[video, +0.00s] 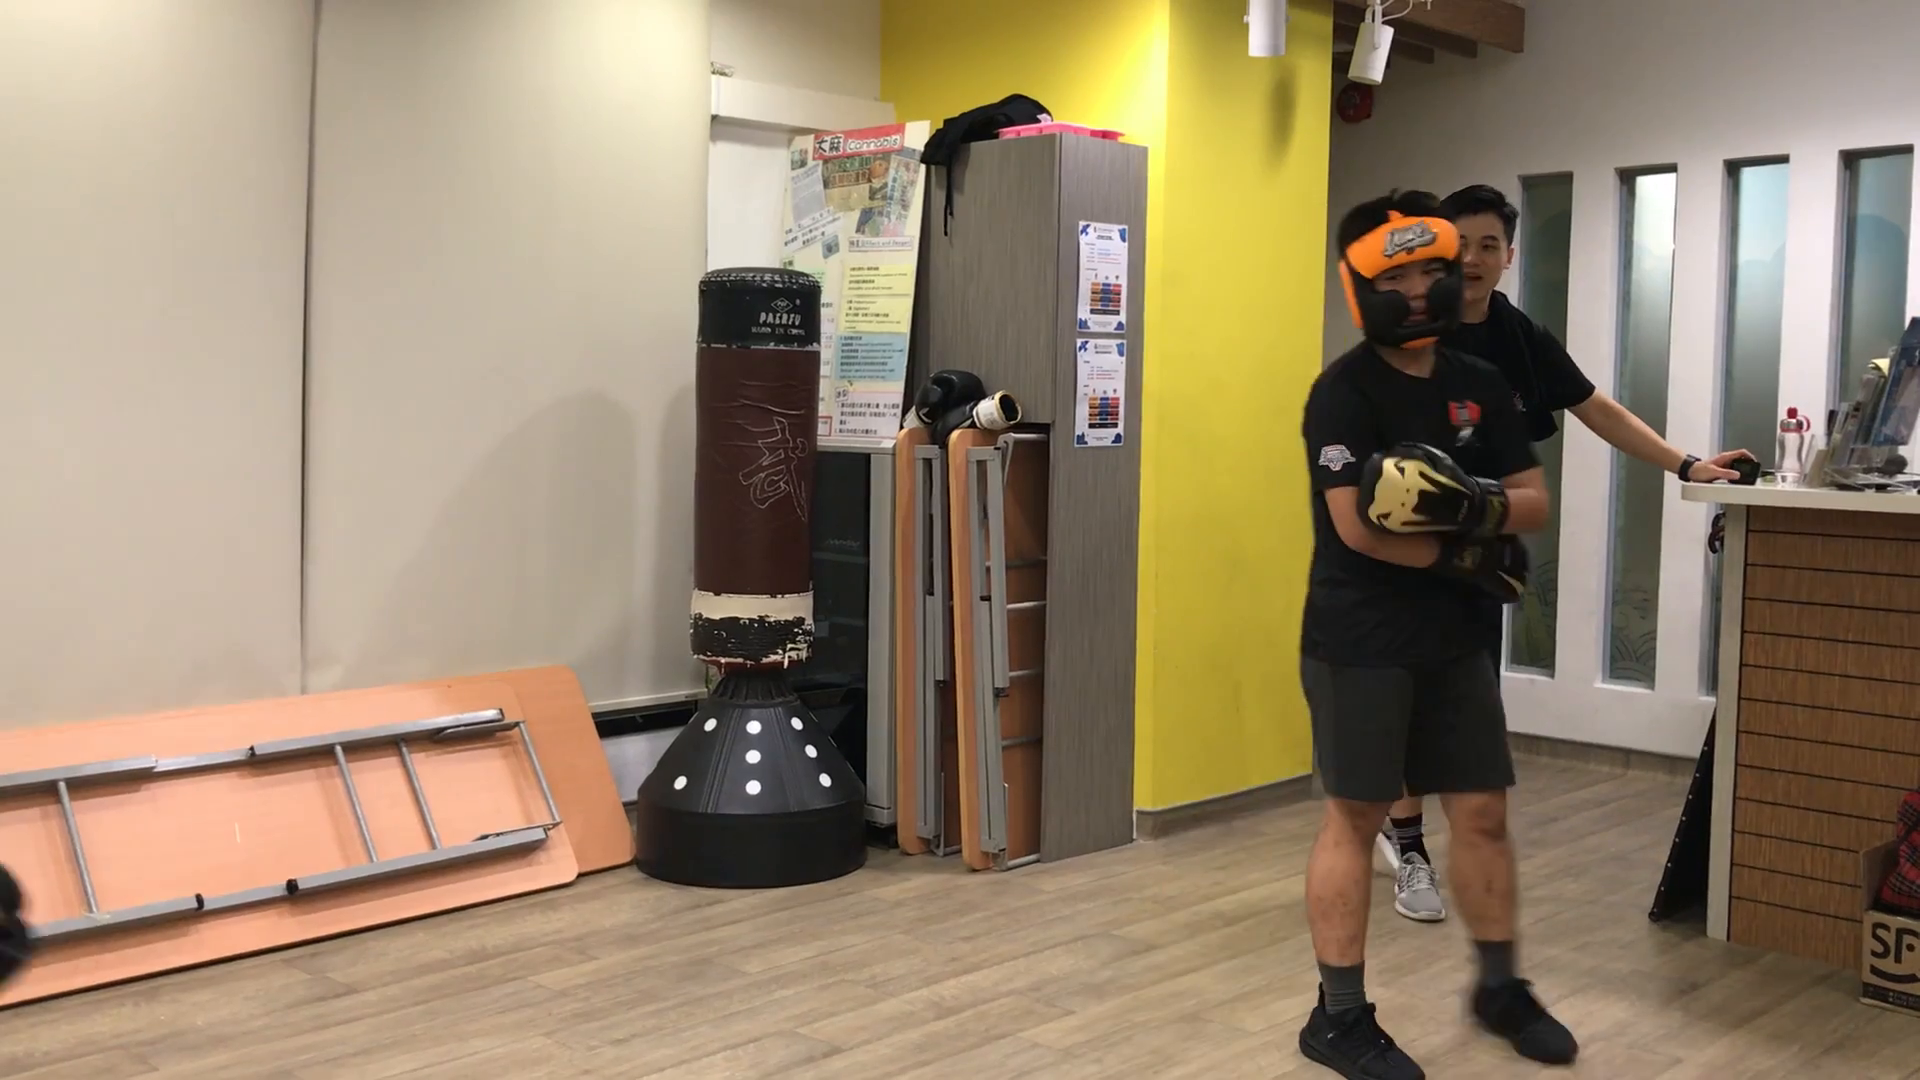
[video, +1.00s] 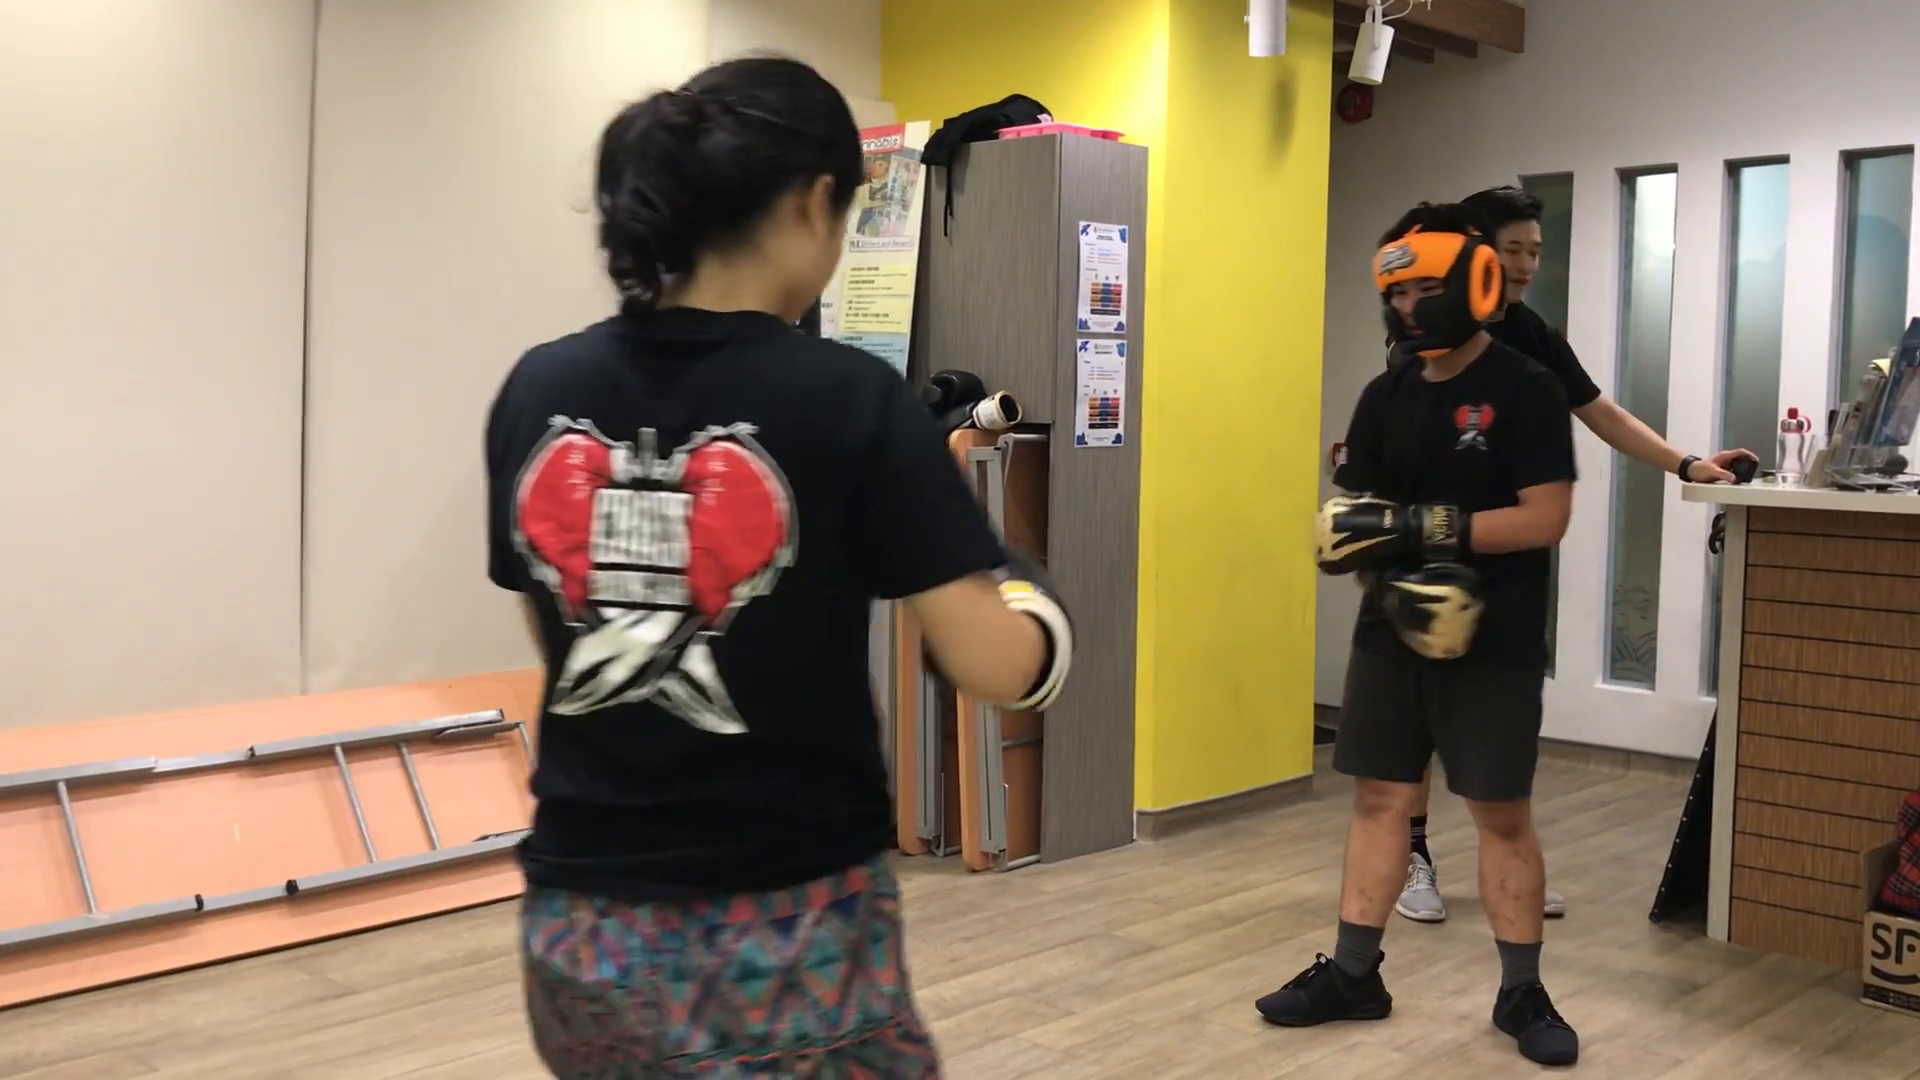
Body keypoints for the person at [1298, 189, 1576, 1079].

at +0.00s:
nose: (1417, 291)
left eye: (1431, 273)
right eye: (1396, 275)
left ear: (1454, 285)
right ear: (1360, 290)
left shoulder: (1484, 386)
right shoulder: (1339, 395)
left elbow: (1535, 505)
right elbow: (1357, 529)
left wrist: (1460, 501)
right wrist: (1466, 553)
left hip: (1456, 635)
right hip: (1357, 642)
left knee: (1481, 811)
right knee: (1354, 820)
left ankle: (1500, 988)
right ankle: (1339, 1011)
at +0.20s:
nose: (1464, 295)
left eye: (1481, 275)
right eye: (1443, 280)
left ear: (1515, 281)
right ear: (1421, 294)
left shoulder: (1557, 385)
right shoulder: (1399, 387)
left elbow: (1594, 512)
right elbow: (1375, 520)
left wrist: (1497, 513)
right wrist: (1500, 562)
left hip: (1512, 637)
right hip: (1411, 632)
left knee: (1510, 817)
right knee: (1392, 814)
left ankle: (1521, 993)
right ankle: (1346, 1012)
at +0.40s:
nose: (1498, 300)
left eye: (1517, 281)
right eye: (1482, 285)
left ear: (1557, 287)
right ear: (1460, 297)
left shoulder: (1602, 393)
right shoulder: (1435, 388)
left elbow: (1620, 520)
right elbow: (1404, 514)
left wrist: (1500, 510)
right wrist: (1533, 570)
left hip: (1542, 640)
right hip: (1433, 631)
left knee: (1524, 808)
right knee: (1410, 804)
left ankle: (1523, 992)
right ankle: (1367, 1001)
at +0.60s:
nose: (1496, 304)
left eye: (1514, 286)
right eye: (1481, 289)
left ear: (1559, 288)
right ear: (1464, 296)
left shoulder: (1607, 388)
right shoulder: (1447, 382)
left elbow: (1614, 516)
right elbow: (1399, 504)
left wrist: (1487, 505)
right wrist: (1522, 563)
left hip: (1545, 640)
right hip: (1436, 627)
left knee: (1531, 814)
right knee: (1397, 793)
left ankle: (1523, 991)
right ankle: (1362, 980)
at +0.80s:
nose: (1465, 303)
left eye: (1483, 284)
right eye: (1452, 288)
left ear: (1534, 282)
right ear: (1438, 296)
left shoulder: (1582, 388)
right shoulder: (1430, 387)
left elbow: (1589, 519)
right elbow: (1387, 508)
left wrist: (1469, 514)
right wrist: (1477, 572)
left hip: (1533, 641)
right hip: (1427, 627)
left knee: (1524, 816)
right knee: (1389, 792)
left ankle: (1523, 990)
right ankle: (1355, 970)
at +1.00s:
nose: (1405, 306)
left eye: (1421, 288)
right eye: (1396, 292)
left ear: (1472, 289)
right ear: (1390, 301)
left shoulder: (1527, 392)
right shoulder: (1384, 396)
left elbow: (1548, 518)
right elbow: (1354, 512)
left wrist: (1425, 527)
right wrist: (1350, 545)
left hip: (1497, 636)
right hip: (1394, 625)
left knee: (1502, 815)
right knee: (1380, 795)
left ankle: (1522, 991)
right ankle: (1354, 969)